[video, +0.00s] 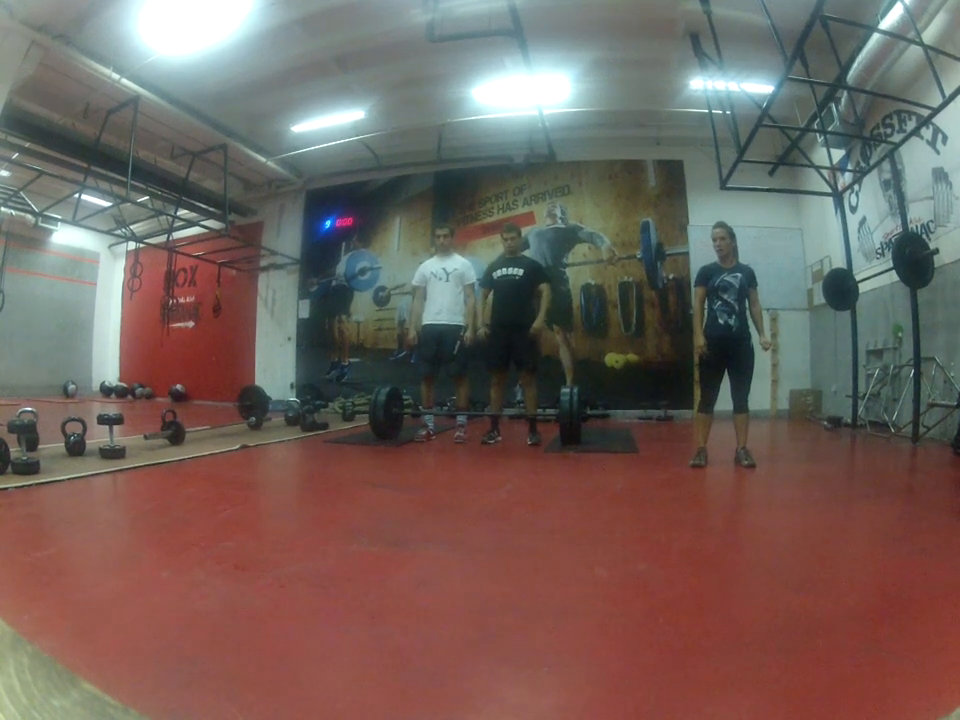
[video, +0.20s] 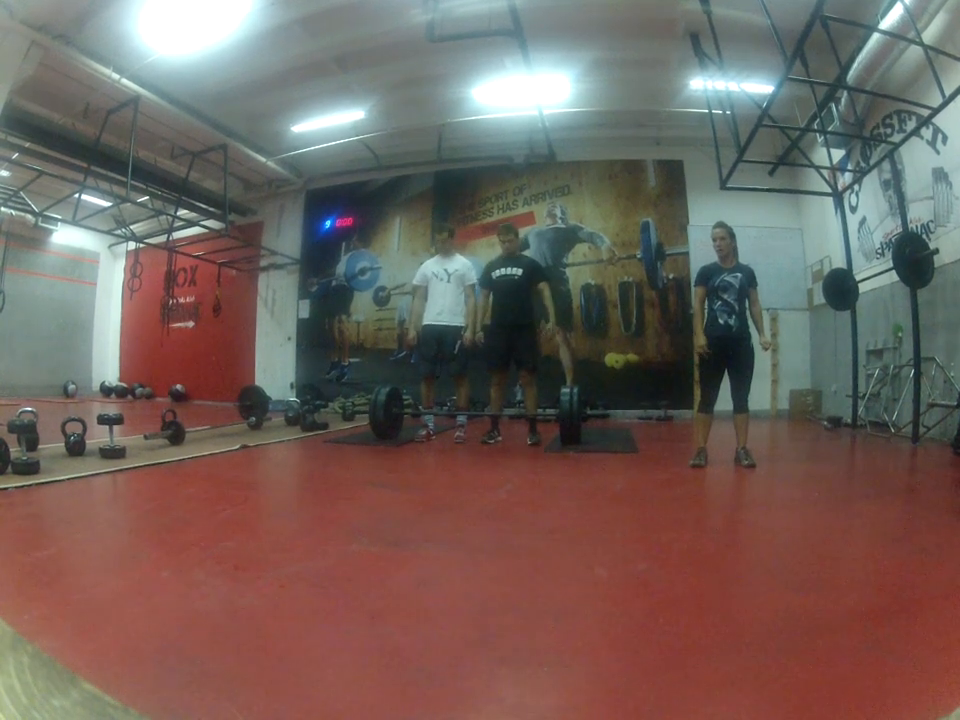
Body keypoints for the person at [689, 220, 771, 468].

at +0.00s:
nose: (718, 244)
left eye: (722, 239)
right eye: (715, 240)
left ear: (733, 242)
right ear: (712, 244)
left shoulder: (746, 272)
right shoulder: (706, 272)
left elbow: (754, 305)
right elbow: (698, 306)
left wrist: (761, 334)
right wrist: (698, 337)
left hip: (740, 344)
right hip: (712, 343)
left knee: (740, 400)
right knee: (707, 399)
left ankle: (742, 449)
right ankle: (700, 450)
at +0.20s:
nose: (718, 244)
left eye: (722, 239)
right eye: (715, 240)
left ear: (733, 242)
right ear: (712, 244)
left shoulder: (746, 272)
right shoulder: (706, 272)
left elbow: (754, 305)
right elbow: (698, 306)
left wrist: (761, 333)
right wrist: (698, 335)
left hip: (740, 343)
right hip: (712, 343)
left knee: (740, 400)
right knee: (706, 399)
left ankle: (742, 449)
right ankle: (700, 450)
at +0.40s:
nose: (718, 244)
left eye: (722, 239)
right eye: (715, 240)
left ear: (733, 241)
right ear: (712, 244)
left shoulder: (746, 272)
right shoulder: (706, 272)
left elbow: (754, 305)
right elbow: (698, 306)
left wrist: (762, 333)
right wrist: (698, 335)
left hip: (740, 343)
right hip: (712, 343)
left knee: (741, 400)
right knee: (707, 399)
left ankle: (742, 449)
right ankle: (700, 450)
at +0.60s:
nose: (718, 244)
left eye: (722, 239)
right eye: (715, 240)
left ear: (733, 241)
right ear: (712, 244)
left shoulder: (746, 272)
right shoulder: (706, 272)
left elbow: (755, 305)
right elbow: (698, 305)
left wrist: (762, 333)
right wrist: (698, 335)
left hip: (740, 343)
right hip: (712, 342)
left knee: (741, 400)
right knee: (707, 400)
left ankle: (742, 449)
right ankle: (700, 450)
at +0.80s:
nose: (718, 244)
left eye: (722, 239)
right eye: (715, 240)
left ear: (733, 242)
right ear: (712, 244)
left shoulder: (746, 272)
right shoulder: (706, 272)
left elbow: (755, 305)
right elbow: (698, 306)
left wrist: (762, 333)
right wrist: (698, 335)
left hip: (740, 343)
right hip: (712, 343)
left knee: (741, 400)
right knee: (707, 400)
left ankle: (742, 449)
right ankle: (700, 450)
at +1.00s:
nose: (718, 244)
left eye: (722, 239)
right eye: (715, 240)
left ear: (733, 242)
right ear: (712, 244)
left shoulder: (746, 272)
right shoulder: (706, 272)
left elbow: (754, 305)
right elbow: (698, 305)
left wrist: (762, 334)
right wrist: (698, 335)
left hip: (740, 343)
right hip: (712, 343)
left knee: (741, 400)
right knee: (707, 400)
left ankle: (742, 449)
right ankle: (700, 450)